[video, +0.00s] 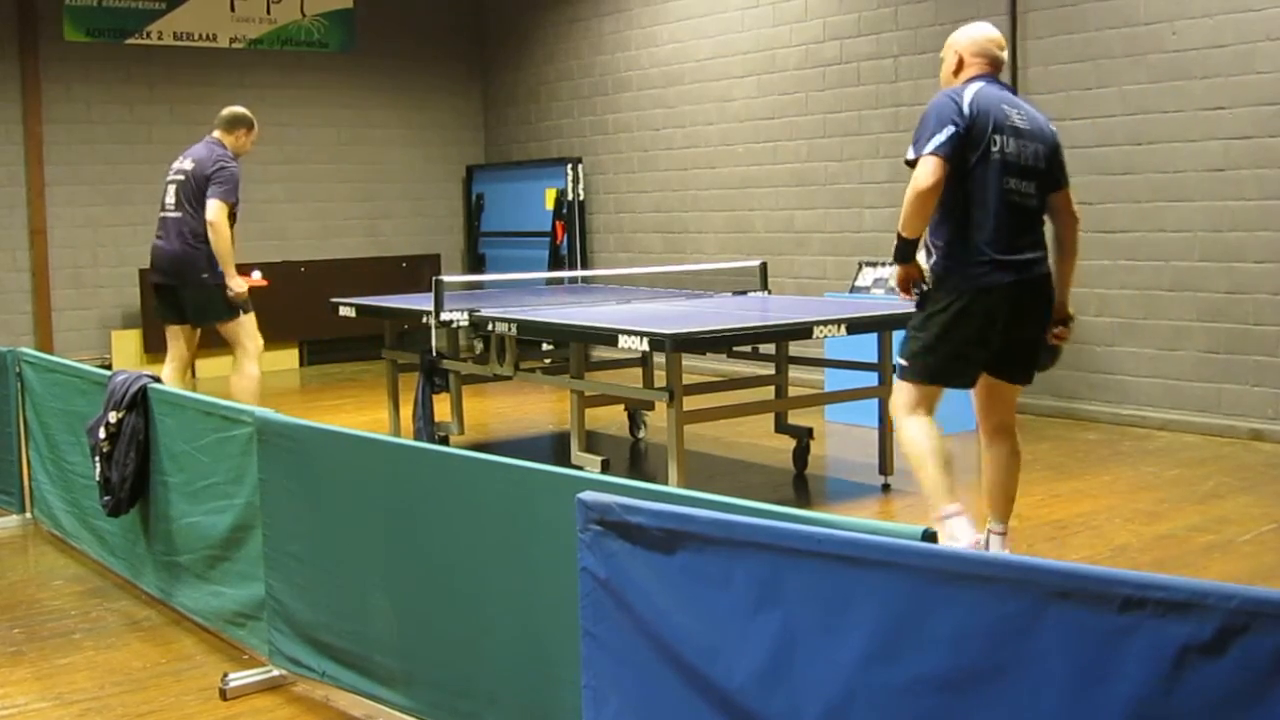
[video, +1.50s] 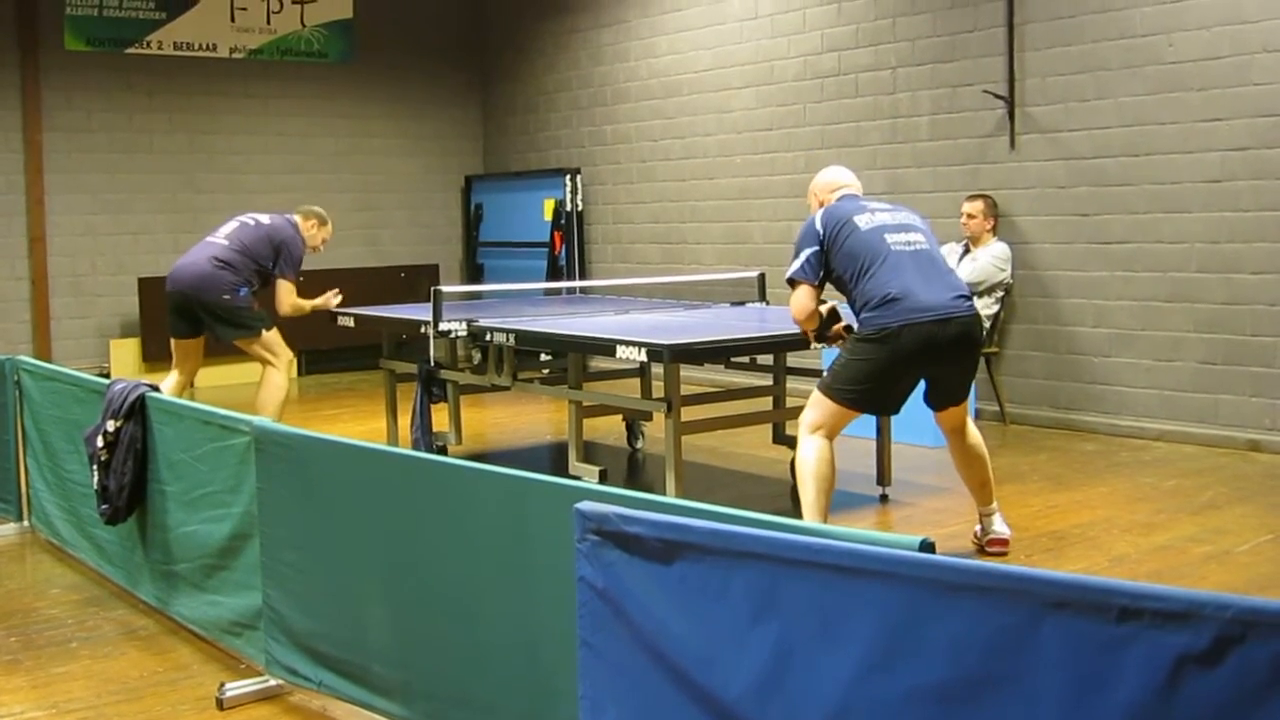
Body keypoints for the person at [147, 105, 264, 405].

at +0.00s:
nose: (250, 147)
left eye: (252, 141)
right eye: (251, 140)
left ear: (218, 129)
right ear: (241, 135)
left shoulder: (188, 156)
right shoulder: (224, 163)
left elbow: (183, 218)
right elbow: (214, 219)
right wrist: (232, 275)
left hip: (164, 264)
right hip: (199, 265)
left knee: (178, 352)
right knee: (249, 345)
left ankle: (168, 433)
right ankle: (245, 437)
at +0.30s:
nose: (268, 151)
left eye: (270, 144)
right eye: (268, 143)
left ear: (238, 134)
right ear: (254, 136)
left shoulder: (205, 157)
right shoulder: (244, 167)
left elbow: (208, 219)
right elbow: (246, 227)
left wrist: (243, 257)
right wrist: (273, 268)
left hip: (178, 263)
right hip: (217, 265)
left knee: (183, 353)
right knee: (254, 351)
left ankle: (170, 436)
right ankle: (260, 439)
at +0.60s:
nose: (305, 168)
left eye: (308, 161)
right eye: (307, 159)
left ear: (280, 146)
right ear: (295, 149)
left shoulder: (239, 164)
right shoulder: (285, 178)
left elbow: (228, 220)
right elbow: (287, 245)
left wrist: (264, 256)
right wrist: (311, 254)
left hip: (197, 254)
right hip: (238, 259)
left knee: (191, 348)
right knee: (272, 350)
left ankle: (167, 424)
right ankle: (262, 437)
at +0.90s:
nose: (320, 204)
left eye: (324, 199)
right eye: (323, 196)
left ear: (296, 176)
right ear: (313, 183)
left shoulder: (258, 184)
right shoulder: (297, 202)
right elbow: (304, 271)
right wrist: (324, 278)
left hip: (195, 261)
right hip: (236, 267)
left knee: (178, 357)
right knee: (280, 353)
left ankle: (148, 425)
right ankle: (262, 436)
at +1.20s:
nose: (321, 233)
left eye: (325, 228)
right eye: (325, 224)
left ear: (303, 204)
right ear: (314, 210)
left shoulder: (260, 206)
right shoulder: (295, 222)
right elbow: (304, 284)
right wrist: (332, 298)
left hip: (186, 269)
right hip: (226, 274)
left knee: (179, 364)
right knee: (279, 355)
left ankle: (147, 424)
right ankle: (263, 441)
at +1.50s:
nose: (321, 247)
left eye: (325, 242)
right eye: (324, 239)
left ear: (304, 221)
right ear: (311, 225)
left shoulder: (261, 221)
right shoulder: (291, 238)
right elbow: (286, 307)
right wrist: (319, 303)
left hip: (179, 278)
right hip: (219, 283)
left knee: (182, 371)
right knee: (280, 360)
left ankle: (148, 424)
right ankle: (264, 443)